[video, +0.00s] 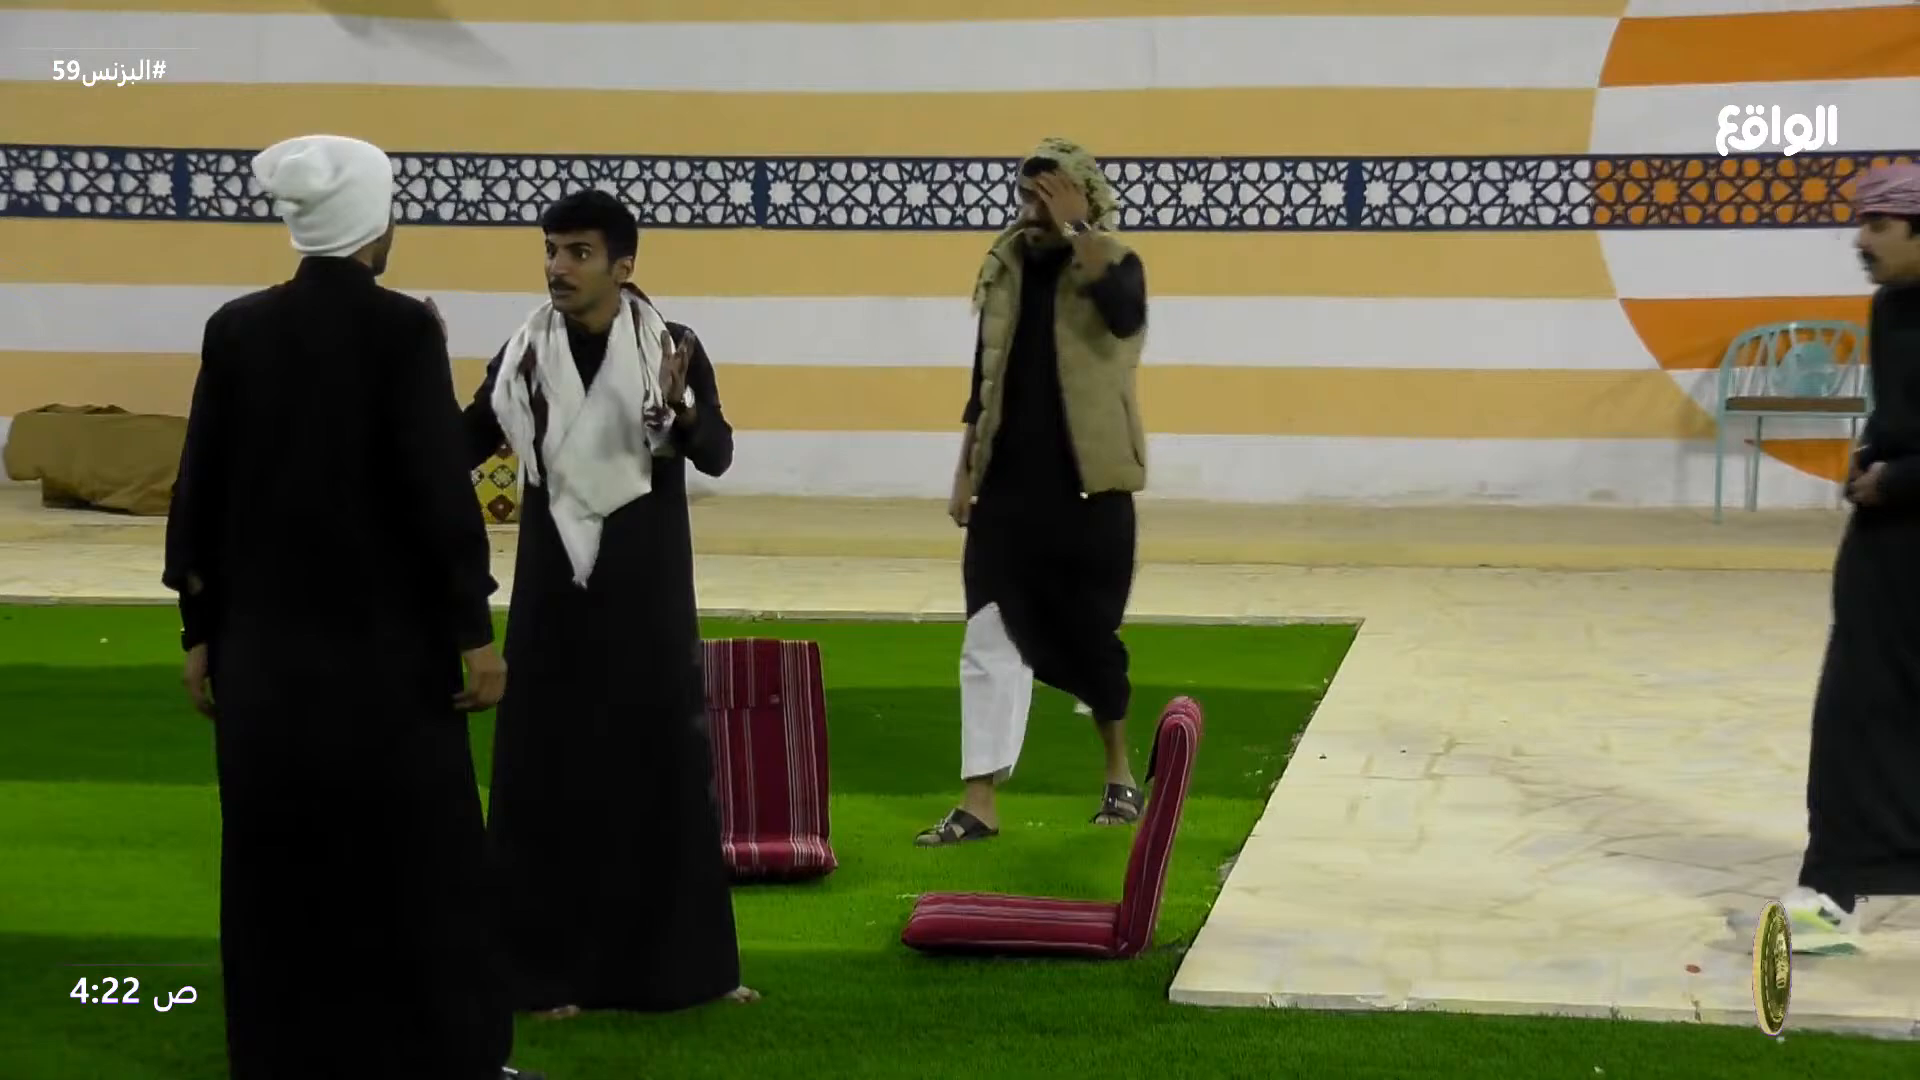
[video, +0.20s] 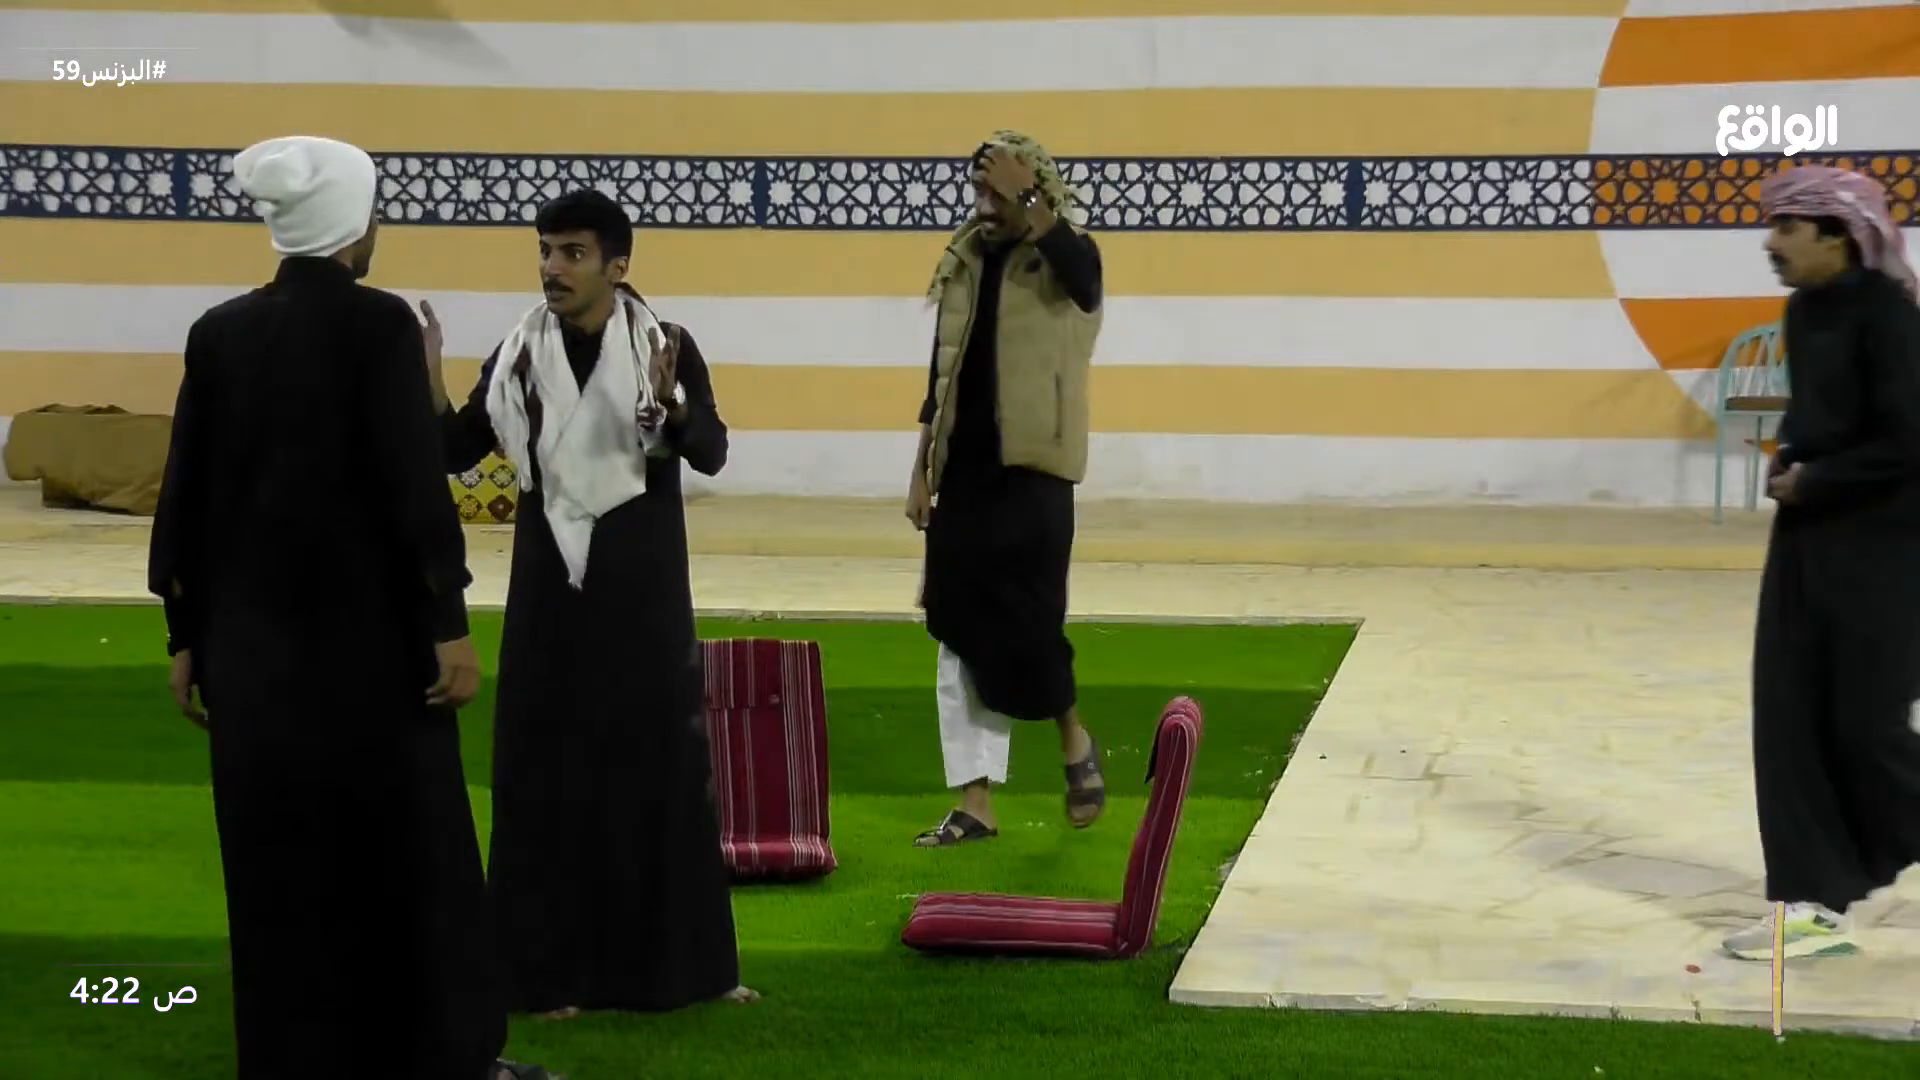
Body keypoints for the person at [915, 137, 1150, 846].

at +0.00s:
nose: (1034, 207)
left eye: (1047, 194)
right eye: (1027, 196)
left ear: (1084, 199)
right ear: (1021, 200)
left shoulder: (1113, 263)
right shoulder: (1002, 267)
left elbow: (1125, 316)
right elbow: (983, 378)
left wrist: (1080, 231)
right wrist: (967, 471)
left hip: (1090, 485)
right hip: (1008, 482)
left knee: (1090, 635)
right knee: (989, 640)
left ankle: (1119, 775)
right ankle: (978, 806)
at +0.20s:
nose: (982, 205)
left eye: (994, 195)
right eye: (978, 191)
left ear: (1034, 193)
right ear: (977, 188)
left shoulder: (1070, 255)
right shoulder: (962, 261)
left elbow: (1086, 286)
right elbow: (940, 376)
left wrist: (1035, 208)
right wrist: (922, 469)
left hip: (1035, 471)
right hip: (962, 470)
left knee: (1028, 627)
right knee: (958, 632)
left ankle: (1075, 745)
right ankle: (975, 806)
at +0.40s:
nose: (969, 202)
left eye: (983, 189)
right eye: (961, 187)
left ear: (1020, 193)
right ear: (953, 187)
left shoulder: (1049, 260)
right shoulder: (939, 262)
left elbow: (1062, 272)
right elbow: (918, 381)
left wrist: (1020, 201)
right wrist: (906, 480)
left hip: (1017, 476)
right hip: (947, 476)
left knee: (1013, 643)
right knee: (955, 642)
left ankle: (1028, 815)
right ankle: (973, 809)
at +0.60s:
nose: (971, 207)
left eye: (984, 196)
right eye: (964, 192)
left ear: (1021, 198)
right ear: (957, 190)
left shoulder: (1050, 263)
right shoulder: (937, 267)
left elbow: (1058, 280)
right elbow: (916, 389)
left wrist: (1015, 213)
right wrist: (901, 485)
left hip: (1013, 486)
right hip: (941, 483)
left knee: (1006, 651)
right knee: (942, 641)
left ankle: (1006, 831)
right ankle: (975, 807)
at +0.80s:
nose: (993, 214)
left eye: (1008, 201)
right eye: (982, 199)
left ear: (1034, 200)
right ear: (969, 198)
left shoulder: (1058, 269)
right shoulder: (942, 270)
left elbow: (1067, 249)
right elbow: (923, 391)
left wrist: (1003, 198)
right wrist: (907, 488)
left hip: (1029, 495)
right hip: (949, 492)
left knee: (1024, 662)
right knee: (910, 643)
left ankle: (1009, 834)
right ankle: (963, 772)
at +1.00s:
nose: (980, 201)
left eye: (995, 188)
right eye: (973, 187)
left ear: (1035, 195)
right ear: (963, 192)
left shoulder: (1061, 260)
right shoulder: (944, 266)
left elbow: (1089, 289)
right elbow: (926, 388)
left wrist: (1039, 215)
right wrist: (910, 488)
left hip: (1036, 494)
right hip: (953, 492)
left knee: (1024, 658)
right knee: (929, 646)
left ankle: (1009, 833)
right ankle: (951, 823)